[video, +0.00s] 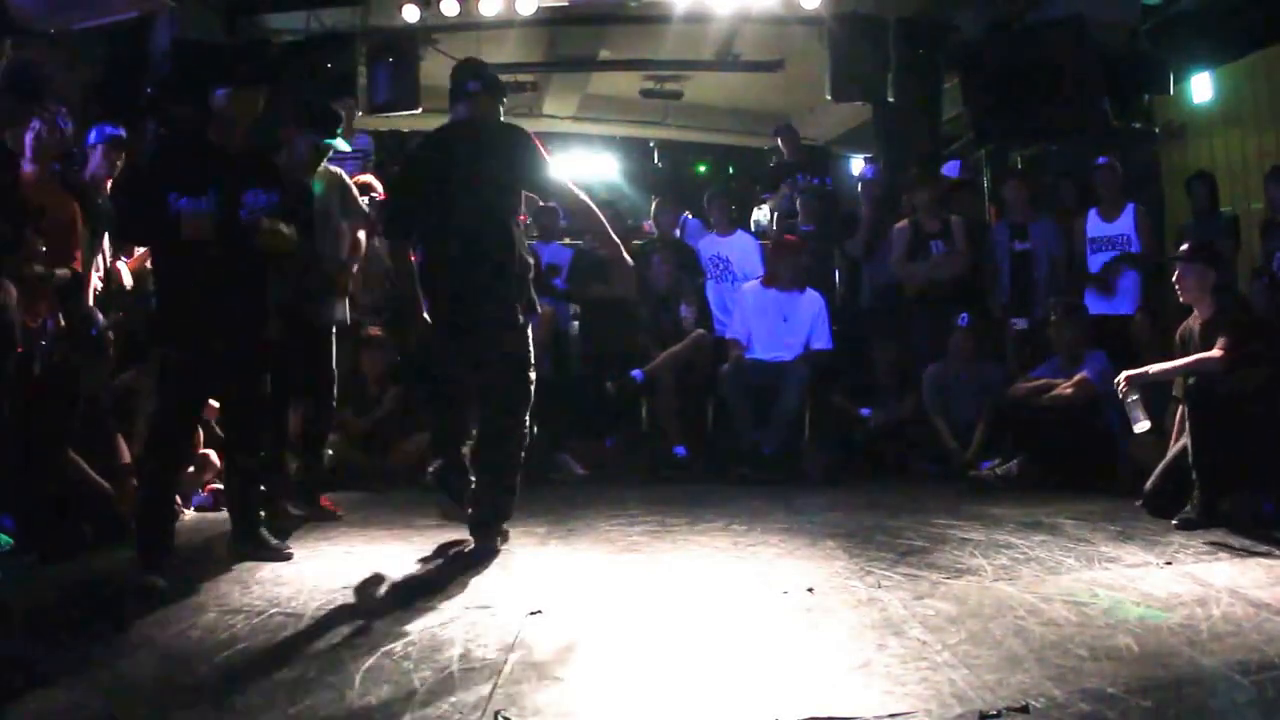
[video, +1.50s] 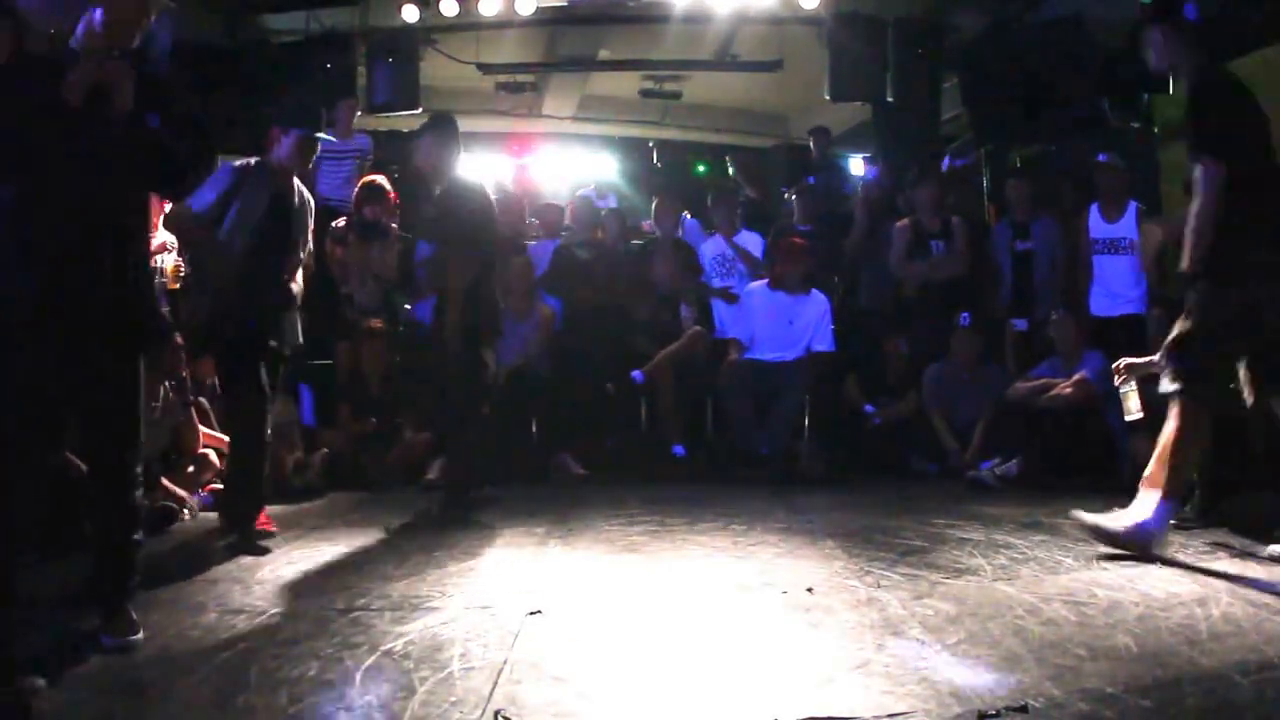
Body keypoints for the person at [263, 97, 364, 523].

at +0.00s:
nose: (320, 153)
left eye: (324, 145)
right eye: (316, 144)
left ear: (322, 143)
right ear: (300, 140)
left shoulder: (336, 181)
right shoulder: (278, 179)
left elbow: (358, 232)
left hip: (322, 303)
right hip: (282, 302)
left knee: (322, 395)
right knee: (280, 394)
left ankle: (311, 485)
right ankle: (278, 486)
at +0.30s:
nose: (316, 161)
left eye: (320, 153)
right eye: (309, 151)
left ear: (322, 154)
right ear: (288, 148)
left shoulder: (319, 193)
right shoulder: (258, 190)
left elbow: (322, 249)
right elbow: (246, 257)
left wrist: (321, 290)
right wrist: (277, 295)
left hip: (308, 317)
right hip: (266, 319)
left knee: (320, 403)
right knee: (267, 409)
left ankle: (306, 485)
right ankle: (271, 495)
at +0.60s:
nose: (332, 158)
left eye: (336, 150)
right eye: (325, 147)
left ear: (332, 153)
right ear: (299, 143)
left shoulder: (315, 199)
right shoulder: (259, 187)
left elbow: (308, 263)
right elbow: (246, 249)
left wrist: (312, 313)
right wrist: (289, 272)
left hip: (295, 319)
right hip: (254, 318)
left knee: (304, 408)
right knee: (256, 409)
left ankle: (306, 493)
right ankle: (266, 495)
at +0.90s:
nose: (340, 167)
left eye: (344, 159)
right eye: (336, 156)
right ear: (307, 149)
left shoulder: (308, 200)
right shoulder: (272, 191)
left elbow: (313, 264)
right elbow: (240, 235)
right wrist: (281, 296)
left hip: (297, 320)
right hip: (268, 321)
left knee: (312, 403)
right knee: (294, 403)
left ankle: (298, 490)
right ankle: (283, 493)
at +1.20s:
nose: (331, 167)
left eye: (335, 158)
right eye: (326, 155)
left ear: (327, 159)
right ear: (301, 147)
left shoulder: (303, 200)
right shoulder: (267, 184)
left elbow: (295, 263)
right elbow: (222, 221)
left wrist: (301, 298)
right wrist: (248, 271)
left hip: (287, 321)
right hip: (256, 320)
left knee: (302, 409)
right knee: (282, 408)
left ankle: (274, 495)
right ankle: (251, 498)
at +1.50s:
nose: (308, 156)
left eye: (313, 148)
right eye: (302, 144)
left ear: (309, 151)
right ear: (277, 138)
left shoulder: (302, 199)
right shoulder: (238, 176)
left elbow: (300, 257)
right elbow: (185, 217)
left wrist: (291, 285)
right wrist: (214, 265)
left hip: (272, 320)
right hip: (231, 314)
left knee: (260, 412)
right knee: (250, 412)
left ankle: (246, 506)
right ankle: (242, 513)